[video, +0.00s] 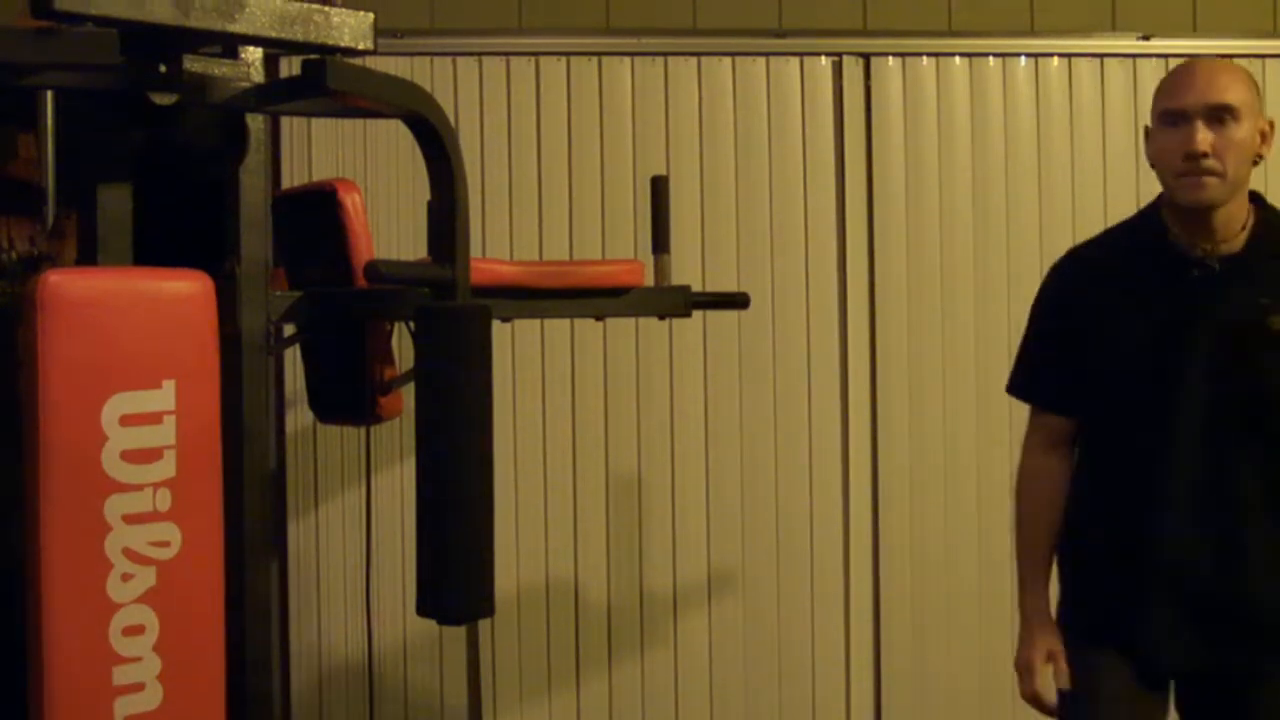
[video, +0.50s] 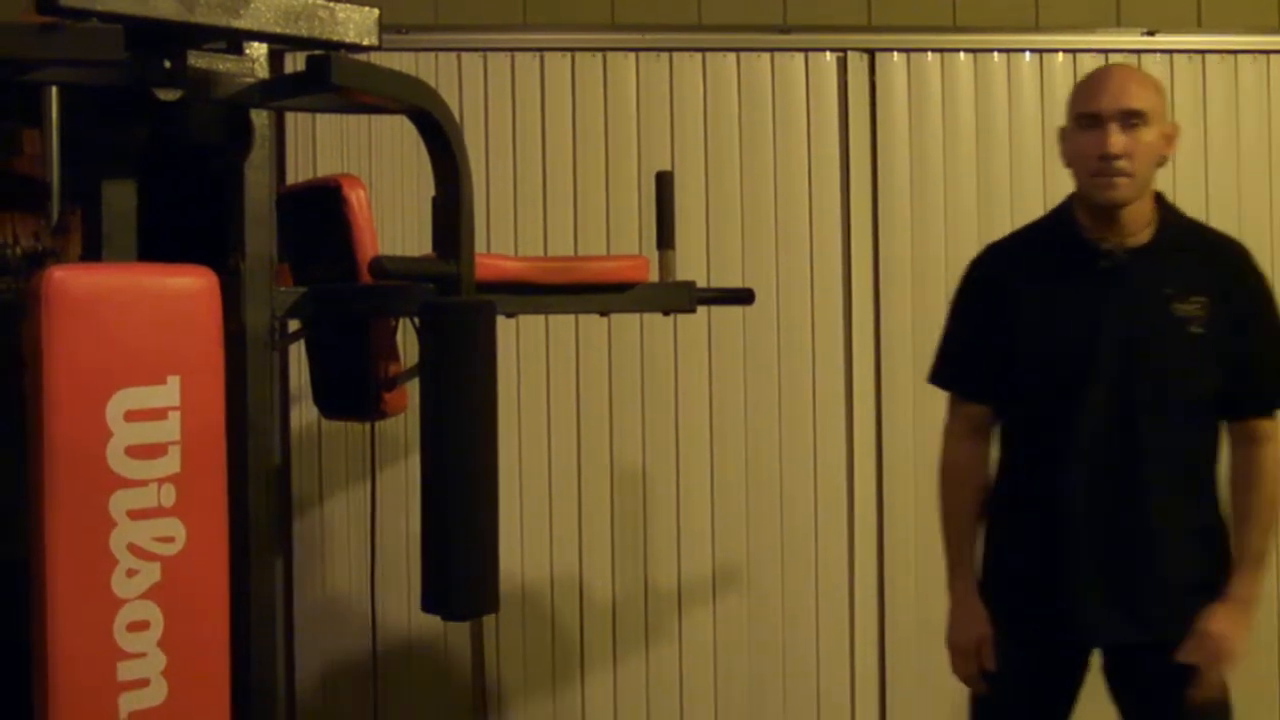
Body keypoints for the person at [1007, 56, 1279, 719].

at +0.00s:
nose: (1197, 140)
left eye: (1221, 118)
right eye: (1174, 121)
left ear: (1262, 139)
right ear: (1150, 142)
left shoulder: (1279, 265)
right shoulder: (1087, 277)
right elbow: (1050, 447)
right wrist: (1035, 614)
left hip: (1258, 613)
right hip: (1117, 612)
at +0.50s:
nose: (1110, 142)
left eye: (1132, 123)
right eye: (1090, 124)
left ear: (1167, 142)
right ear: (1065, 144)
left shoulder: (1223, 272)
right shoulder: (1002, 271)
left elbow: (1256, 438)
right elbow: (966, 433)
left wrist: (1241, 596)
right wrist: (962, 591)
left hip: (1169, 583)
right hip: (1033, 583)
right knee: (1008, 716)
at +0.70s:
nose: (1060, 155)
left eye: (1081, 137)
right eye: (1038, 138)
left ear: (1112, 160)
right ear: (1013, 165)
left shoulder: (1166, 286)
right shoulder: (953, 290)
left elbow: (1185, 458)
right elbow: (888, 447)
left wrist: (1179, 629)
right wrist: (907, 607)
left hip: (1115, 601)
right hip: (978, 600)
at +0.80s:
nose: (1036, 159)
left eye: (1056, 141)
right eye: (1014, 143)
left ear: (1088, 164)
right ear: (988, 169)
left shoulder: (1147, 283)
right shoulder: (941, 288)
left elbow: (1171, 451)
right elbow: (845, 437)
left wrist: (1163, 608)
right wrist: (912, 563)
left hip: (1091, 591)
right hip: (957, 594)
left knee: (1122, 711)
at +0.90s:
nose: (1018, 152)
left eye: (1038, 134)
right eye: (996, 135)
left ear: (1068, 157)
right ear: (969, 162)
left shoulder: (1132, 276)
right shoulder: (923, 284)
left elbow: (1168, 437)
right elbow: (824, 427)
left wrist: (1145, 567)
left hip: (1082, 597)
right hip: (951, 596)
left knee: (1116, 716)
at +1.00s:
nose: (1005, 148)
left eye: (1024, 130)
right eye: (983, 132)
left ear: (1052, 154)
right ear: (954, 160)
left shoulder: (1120, 267)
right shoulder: (908, 282)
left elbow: (1152, 434)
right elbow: (832, 442)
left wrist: (1116, 535)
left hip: (1077, 580)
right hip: (948, 584)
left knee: (1097, 714)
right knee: (946, 715)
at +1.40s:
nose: (1021, 149)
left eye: (1038, 127)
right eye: (994, 131)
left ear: (1060, 150)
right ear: (955, 160)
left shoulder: (1134, 257)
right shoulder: (910, 290)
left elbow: (1163, 435)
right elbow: (913, 460)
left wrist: (1082, 503)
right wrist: (920, 291)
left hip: (1105, 610)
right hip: (970, 614)